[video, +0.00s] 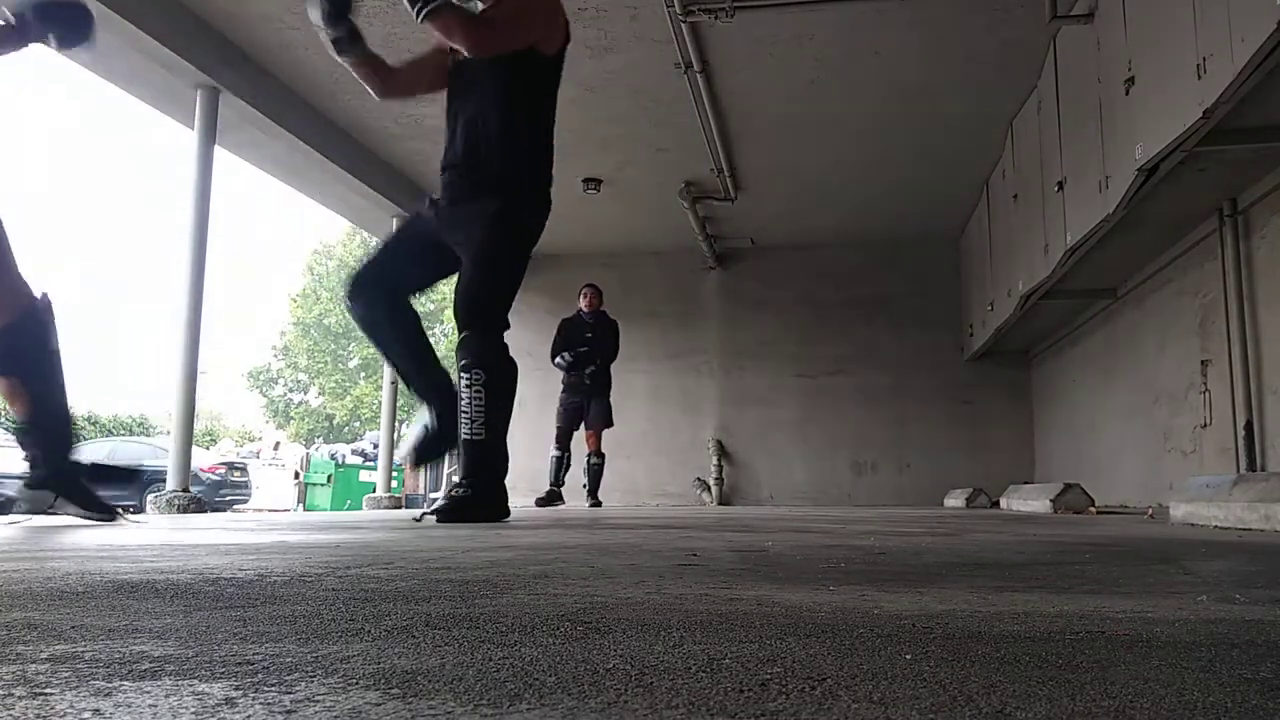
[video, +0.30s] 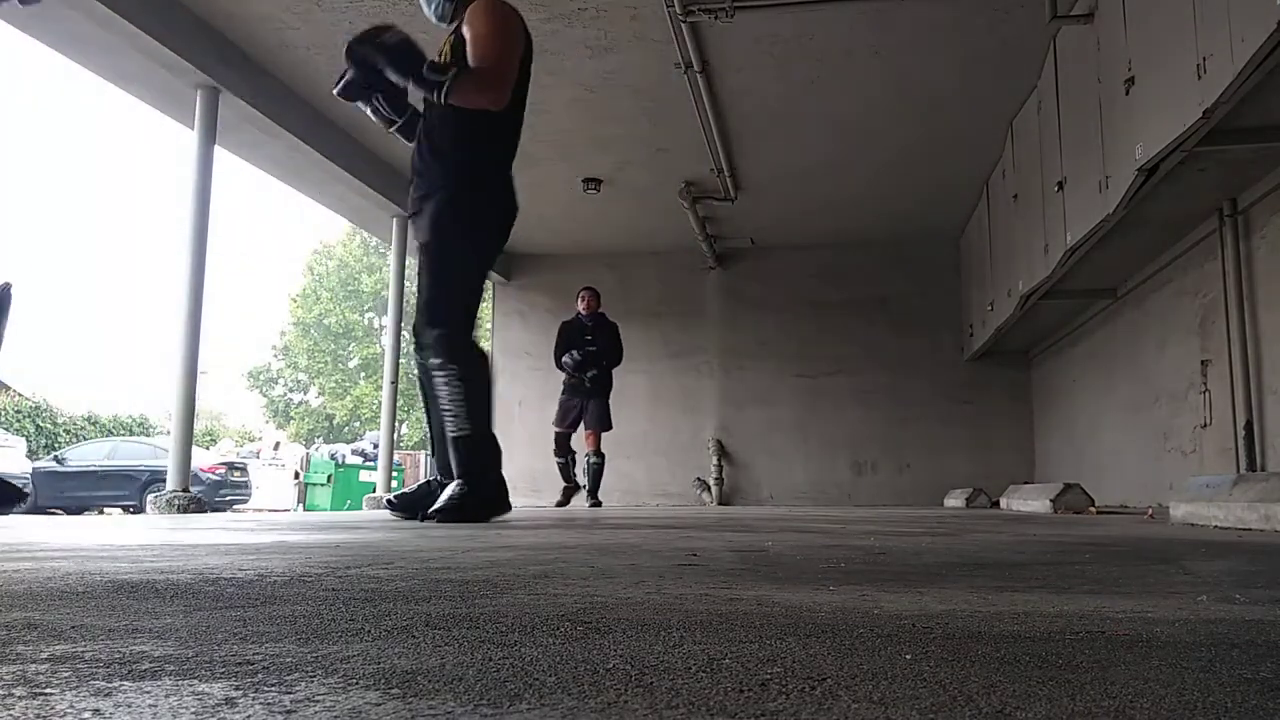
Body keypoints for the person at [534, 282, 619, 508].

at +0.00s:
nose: (589, 300)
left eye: (593, 296)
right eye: (585, 296)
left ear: (601, 301)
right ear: (579, 300)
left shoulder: (609, 325)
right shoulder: (567, 324)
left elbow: (611, 353)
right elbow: (556, 353)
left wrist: (592, 366)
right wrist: (563, 361)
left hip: (597, 390)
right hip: (571, 389)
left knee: (593, 438)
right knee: (562, 436)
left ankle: (592, 494)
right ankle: (554, 489)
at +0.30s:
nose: (587, 303)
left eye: (591, 299)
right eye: (583, 299)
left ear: (599, 303)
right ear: (577, 304)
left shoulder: (609, 327)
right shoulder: (567, 327)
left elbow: (617, 356)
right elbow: (559, 357)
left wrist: (599, 370)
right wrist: (567, 363)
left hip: (597, 393)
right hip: (572, 391)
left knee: (593, 438)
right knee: (561, 438)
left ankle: (592, 494)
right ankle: (570, 484)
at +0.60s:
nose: (573, 308)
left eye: (577, 304)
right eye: (569, 305)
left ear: (585, 308)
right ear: (564, 310)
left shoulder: (597, 330)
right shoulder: (558, 333)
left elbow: (610, 358)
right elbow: (550, 364)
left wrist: (588, 367)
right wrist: (562, 375)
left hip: (589, 393)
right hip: (565, 394)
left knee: (587, 439)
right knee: (569, 442)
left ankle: (591, 494)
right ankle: (576, 491)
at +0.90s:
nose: (563, 312)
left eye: (567, 308)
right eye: (559, 308)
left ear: (576, 310)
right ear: (555, 312)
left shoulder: (589, 332)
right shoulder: (551, 338)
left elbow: (601, 360)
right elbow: (547, 369)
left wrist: (579, 369)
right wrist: (554, 384)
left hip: (585, 395)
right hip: (562, 397)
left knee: (584, 440)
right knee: (568, 443)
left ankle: (590, 493)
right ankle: (576, 492)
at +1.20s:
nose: (562, 312)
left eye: (567, 308)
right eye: (559, 309)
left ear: (575, 311)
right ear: (555, 313)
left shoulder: (588, 333)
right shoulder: (550, 340)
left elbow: (600, 360)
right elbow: (546, 369)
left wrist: (581, 373)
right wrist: (552, 383)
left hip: (583, 395)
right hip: (560, 398)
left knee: (583, 439)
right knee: (567, 443)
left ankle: (590, 493)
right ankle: (576, 492)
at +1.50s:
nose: (563, 313)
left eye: (568, 309)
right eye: (560, 309)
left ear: (576, 312)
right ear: (555, 314)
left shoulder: (589, 333)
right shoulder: (550, 340)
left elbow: (603, 360)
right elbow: (547, 369)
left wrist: (580, 364)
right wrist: (554, 382)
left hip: (585, 396)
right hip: (562, 399)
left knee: (585, 439)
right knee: (568, 444)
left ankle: (591, 492)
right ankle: (576, 492)